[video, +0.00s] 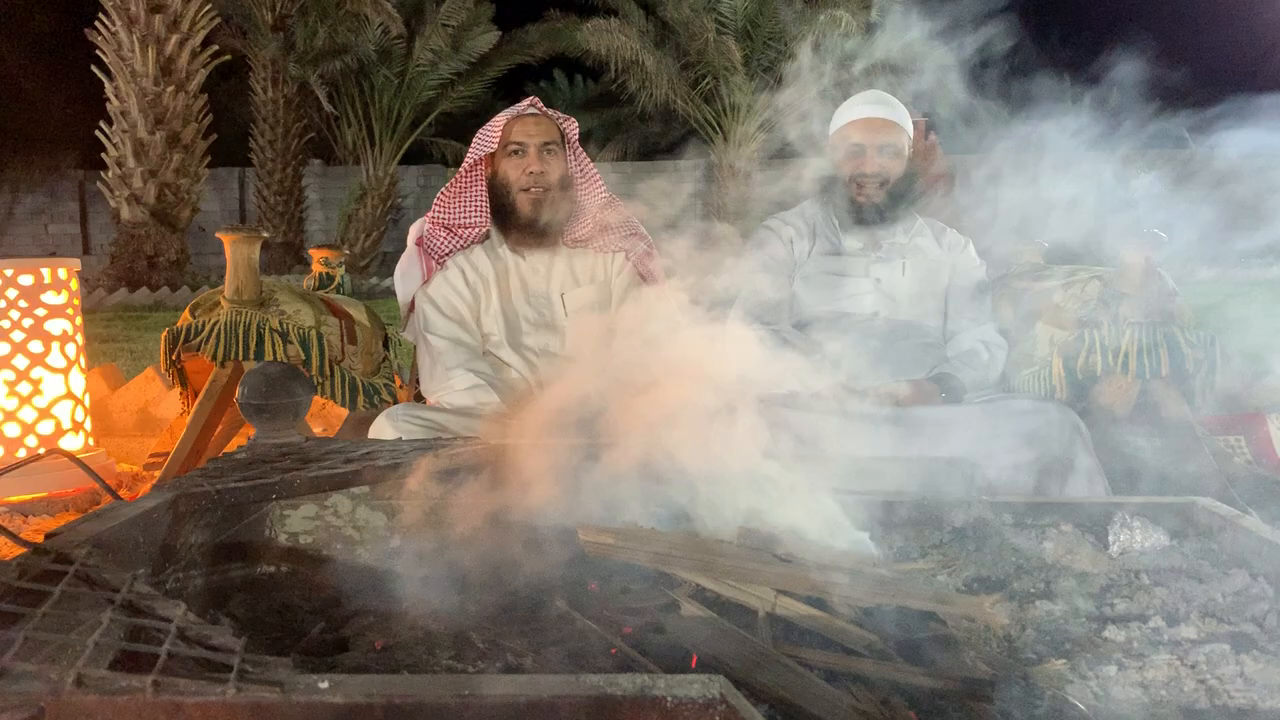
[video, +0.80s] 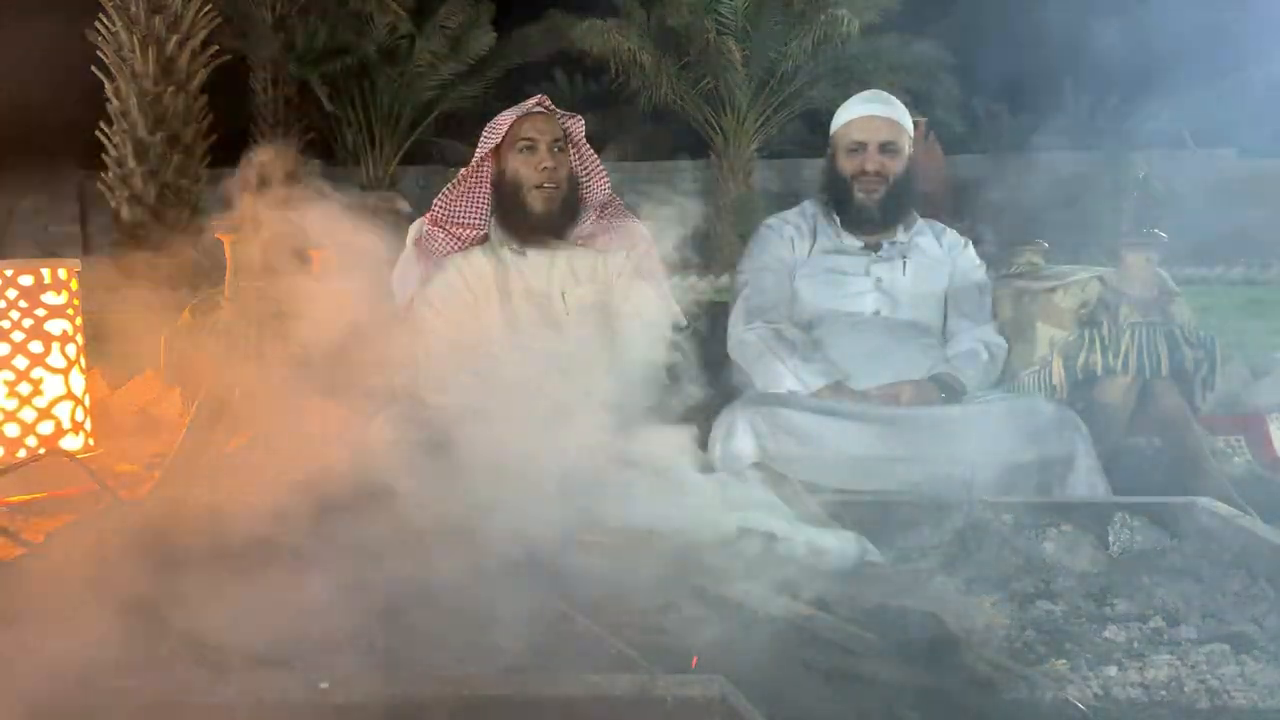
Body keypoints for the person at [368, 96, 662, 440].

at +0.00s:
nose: (535, 166)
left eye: (549, 151)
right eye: (517, 153)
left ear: (570, 169)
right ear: (489, 172)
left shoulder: (618, 261)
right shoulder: (453, 281)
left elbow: (649, 356)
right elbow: (452, 384)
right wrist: (515, 435)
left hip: (602, 421)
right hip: (499, 427)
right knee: (392, 427)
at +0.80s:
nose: (548, 164)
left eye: (558, 149)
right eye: (527, 150)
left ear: (574, 164)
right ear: (495, 166)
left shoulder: (616, 268)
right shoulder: (456, 277)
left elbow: (650, 366)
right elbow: (434, 388)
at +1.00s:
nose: (555, 161)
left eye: (564, 147)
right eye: (534, 149)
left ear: (579, 161)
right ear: (502, 168)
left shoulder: (613, 259)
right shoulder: (460, 267)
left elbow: (666, 341)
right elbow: (421, 363)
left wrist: (608, 370)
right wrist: (507, 365)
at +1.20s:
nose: (558, 166)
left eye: (567, 152)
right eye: (537, 153)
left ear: (581, 166)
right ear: (504, 172)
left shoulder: (618, 256)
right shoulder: (461, 267)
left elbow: (662, 361)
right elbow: (434, 377)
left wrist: (607, 296)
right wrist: (512, 307)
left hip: (611, 425)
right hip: (501, 435)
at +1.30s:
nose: (556, 167)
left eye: (567, 153)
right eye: (536, 155)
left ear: (582, 167)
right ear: (506, 175)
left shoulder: (620, 259)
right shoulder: (463, 270)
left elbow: (659, 363)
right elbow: (441, 382)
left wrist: (606, 295)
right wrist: (517, 300)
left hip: (611, 420)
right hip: (504, 423)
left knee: (693, 484)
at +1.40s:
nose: (557, 170)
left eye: (568, 154)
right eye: (537, 155)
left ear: (582, 170)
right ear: (503, 174)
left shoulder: (616, 261)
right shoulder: (463, 271)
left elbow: (658, 365)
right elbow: (443, 378)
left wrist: (607, 304)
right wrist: (517, 313)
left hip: (607, 420)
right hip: (497, 420)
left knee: (683, 466)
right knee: (395, 428)